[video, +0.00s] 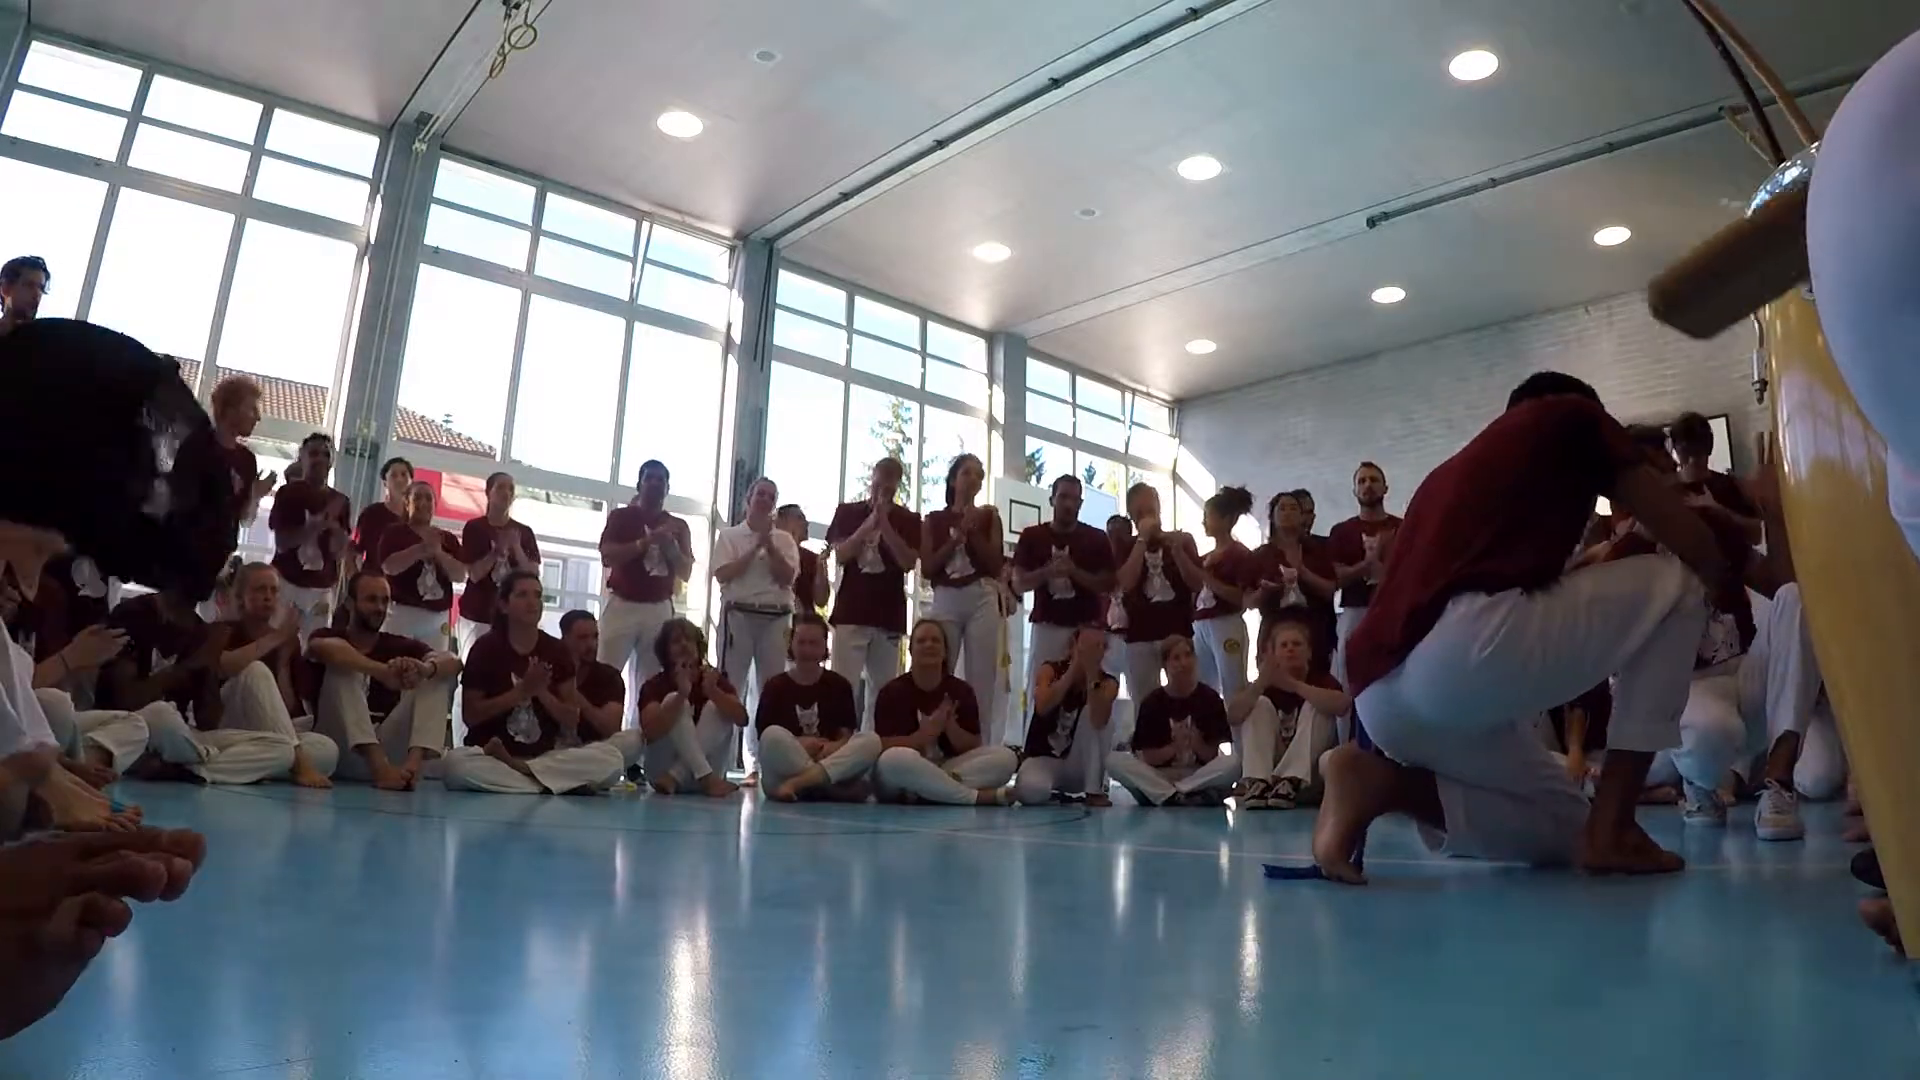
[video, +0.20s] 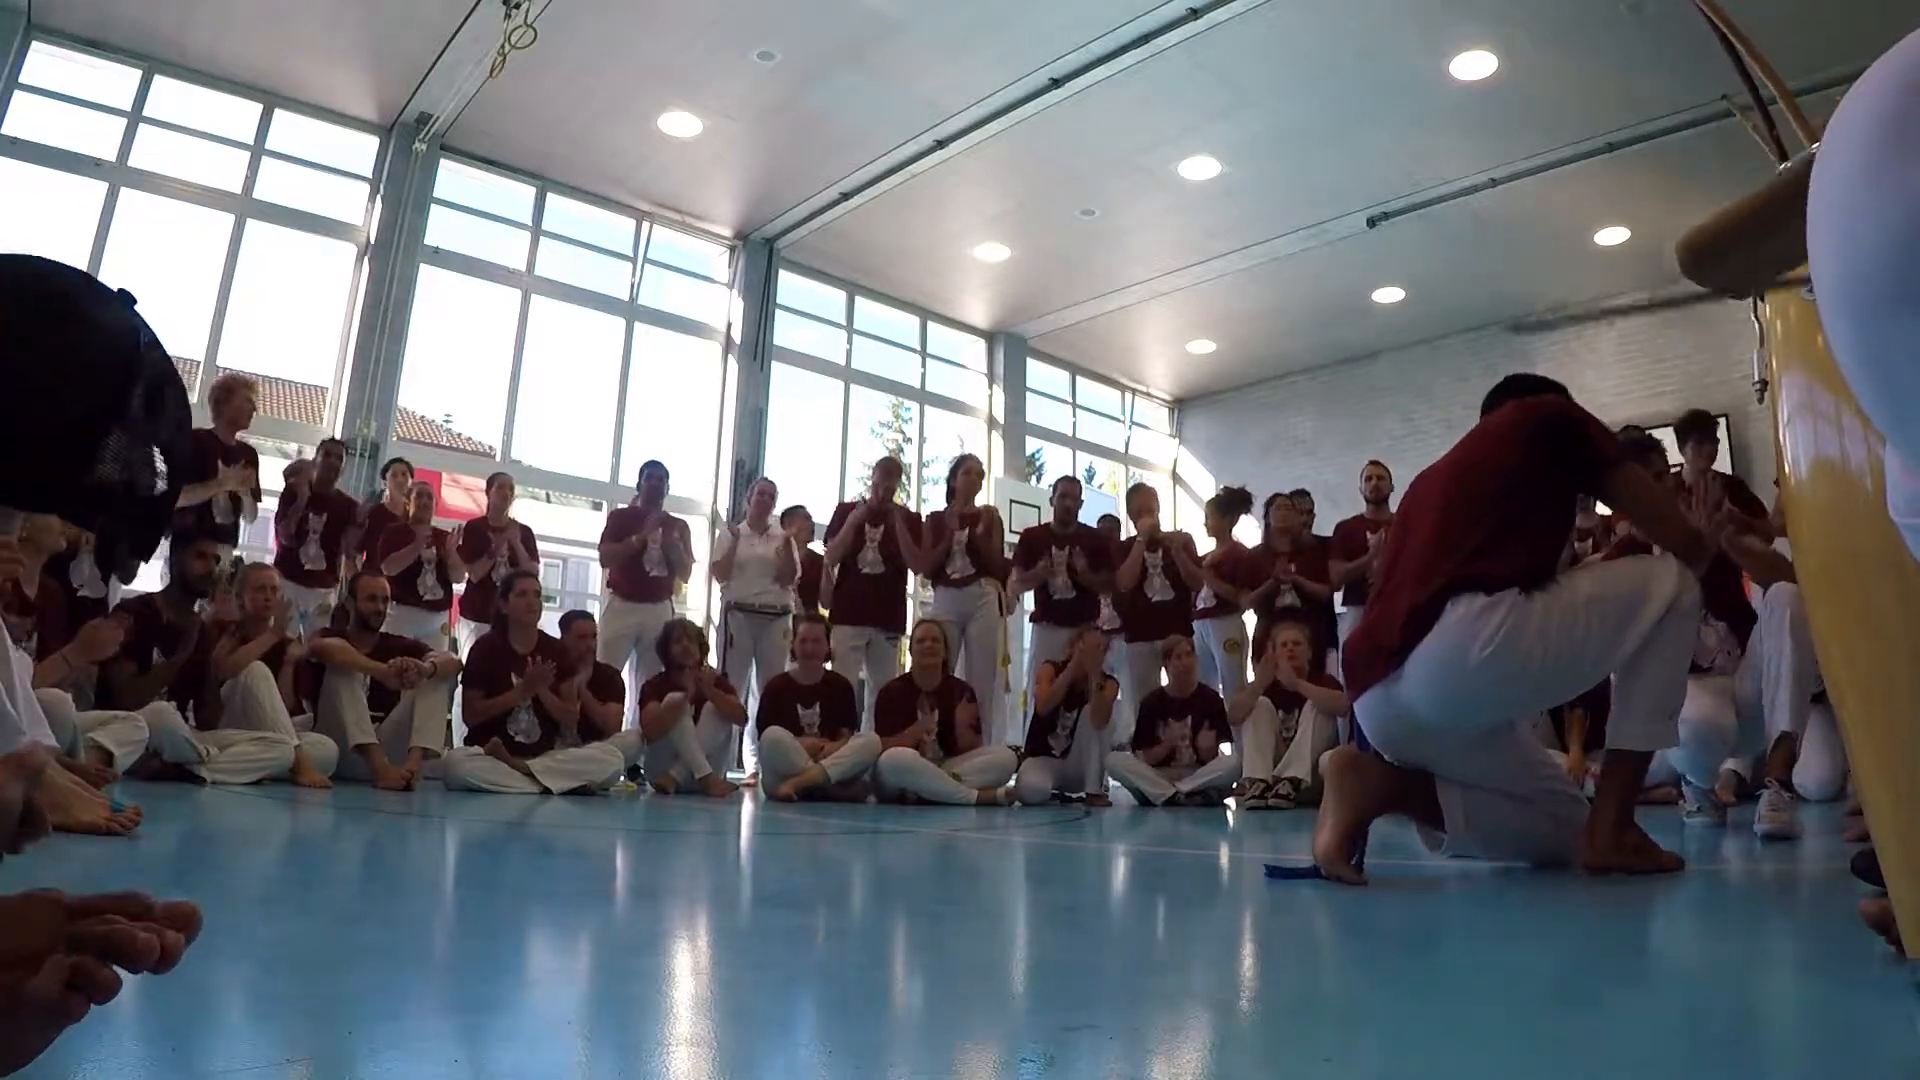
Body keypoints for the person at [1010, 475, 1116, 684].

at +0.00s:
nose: (1068, 504)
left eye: (1074, 498)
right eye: (1063, 497)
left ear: (1080, 503)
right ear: (1052, 500)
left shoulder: (1097, 538)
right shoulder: (1032, 536)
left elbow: (1108, 584)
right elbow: (1019, 584)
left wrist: (1074, 572)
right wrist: (1049, 572)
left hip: (1087, 629)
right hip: (1047, 627)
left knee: (1084, 700)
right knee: (1040, 698)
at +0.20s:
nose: (1068, 504)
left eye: (1074, 499)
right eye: (1063, 497)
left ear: (1081, 503)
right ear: (1052, 499)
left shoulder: (1096, 538)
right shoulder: (1032, 537)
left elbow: (1108, 585)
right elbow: (1016, 584)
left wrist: (1084, 575)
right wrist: (1039, 574)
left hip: (1085, 629)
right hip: (1047, 628)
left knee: (1083, 700)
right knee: (1039, 697)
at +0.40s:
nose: (1068, 503)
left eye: (1074, 499)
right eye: (1063, 497)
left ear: (1081, 504)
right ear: (1053, 500)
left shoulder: (1095, 539)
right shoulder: (1033, 537)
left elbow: (1108, 589)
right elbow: (1020, 585)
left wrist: (1073, 571)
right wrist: (1049, 572)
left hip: (1085, 630)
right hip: (1047, 628)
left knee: (1083, 700)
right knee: (1039, 698)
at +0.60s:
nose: (1070, 501)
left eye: (1076, 497)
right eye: (1065, 495)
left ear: (1083, 503)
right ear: (1055, 499)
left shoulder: (1097, 540)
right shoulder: (1034, 537)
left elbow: (1109, 589)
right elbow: (1021, 585)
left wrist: (1072, 572)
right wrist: (1050, 570)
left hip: (1086, 630)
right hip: (1048, 628)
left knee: (1085, 701)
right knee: (1040, 699)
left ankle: (1083, 769)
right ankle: (1038, 765)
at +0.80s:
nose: (1070, 500)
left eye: (1076, 496)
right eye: (1065, 494)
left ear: (1084, 504)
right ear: (1055, 500)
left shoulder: (1098, 540)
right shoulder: (1035, 538)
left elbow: (1110, 589)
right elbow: (1020, 584)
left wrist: (1081, 574)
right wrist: (1043, 571)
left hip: (1088, 629)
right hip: (1049, 629)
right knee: (1039, 698)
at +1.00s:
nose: (1069, 498)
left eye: (1076, 494)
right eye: (1064, 492)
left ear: (1083, 503)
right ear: (1054, 500)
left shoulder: (1097, 539)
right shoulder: (1035, 537)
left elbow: (1112, 586)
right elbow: (1020, 584)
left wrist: (1083, 571)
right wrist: (1037, 573)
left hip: (1086, 629)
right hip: (1048, 627)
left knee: (1082, 700)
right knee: (1040, 696)